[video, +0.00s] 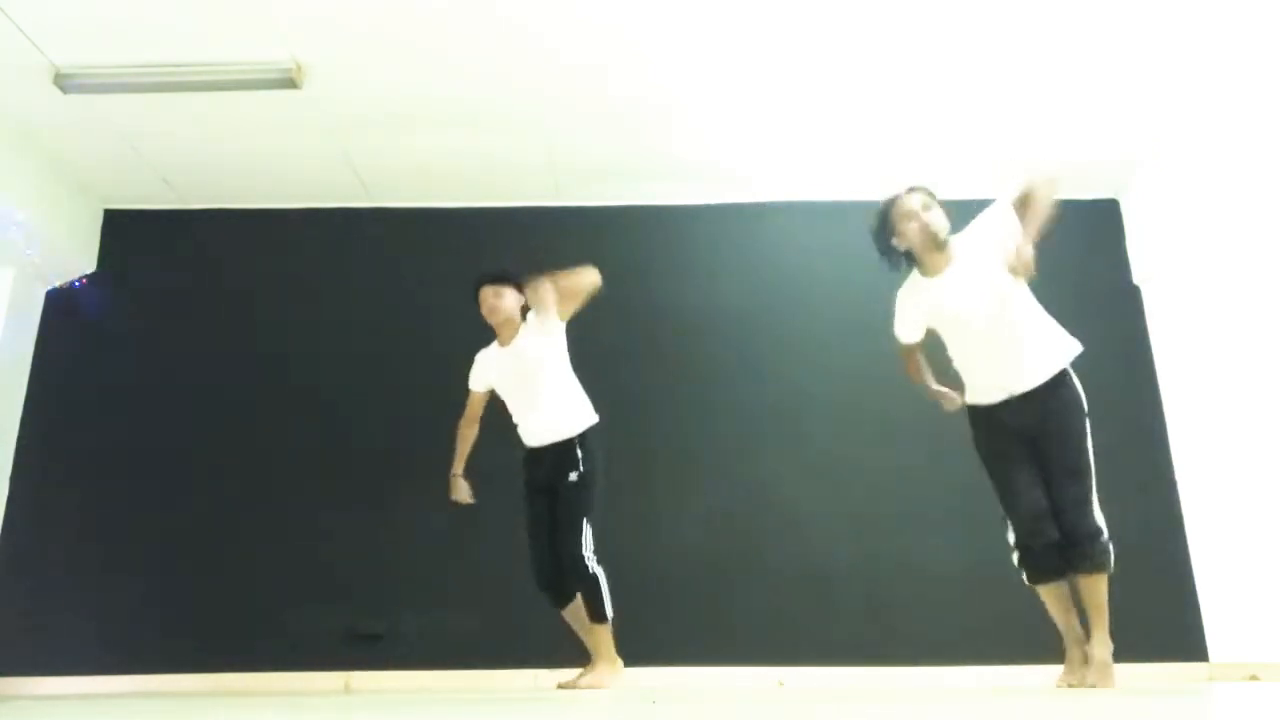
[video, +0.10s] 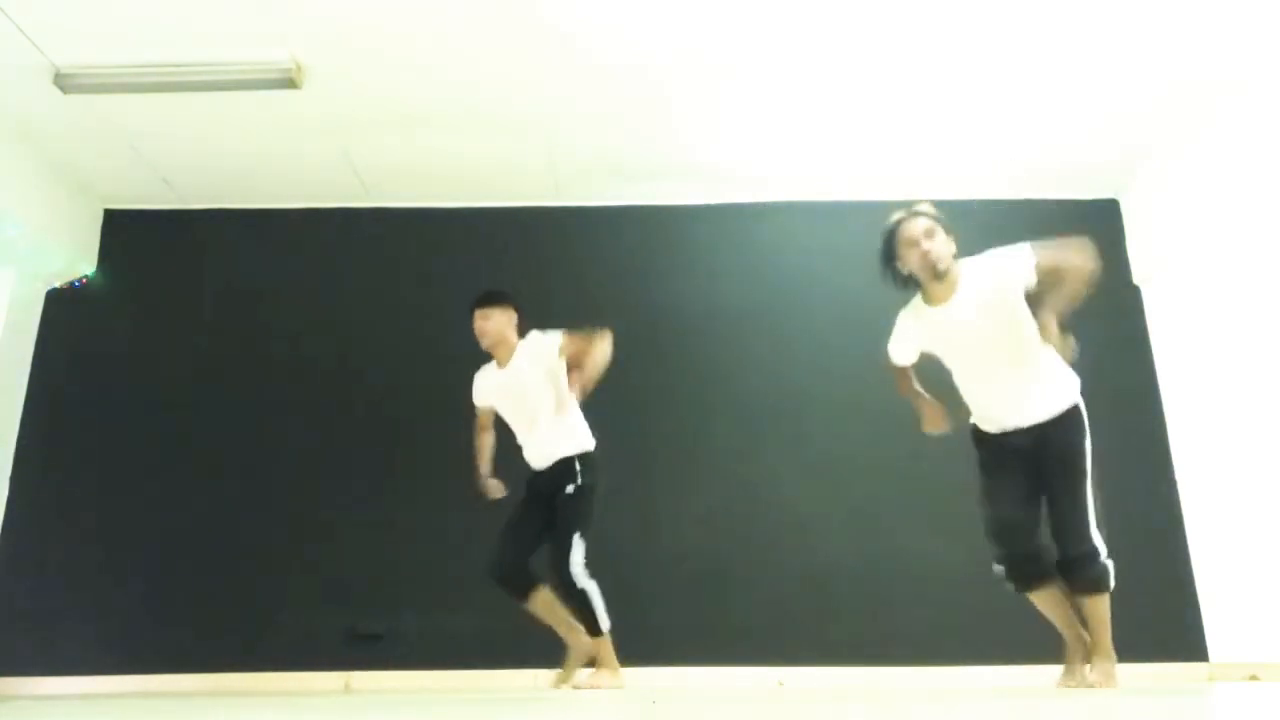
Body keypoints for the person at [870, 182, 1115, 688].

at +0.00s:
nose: (925, 215)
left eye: (927, 205)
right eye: (910, 215)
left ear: (944, 211)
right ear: (899, 242)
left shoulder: (988, 230)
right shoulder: (912, 298)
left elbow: (1045, 186)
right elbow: (910, 353)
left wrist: (1027, 239)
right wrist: (935, 388)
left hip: (1053, 389)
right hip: (993, 412)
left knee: (1078, 521)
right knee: (1032, 530)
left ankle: (1101, 645)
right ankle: (1074, 646)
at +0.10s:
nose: (929, 246)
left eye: (932, 234)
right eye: (914, 244)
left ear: (950, 238)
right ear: (904, 266)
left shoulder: (995, 270)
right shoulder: (912, 323)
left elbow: (1081, 257)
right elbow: (899, 367)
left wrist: (1049, 314)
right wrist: (925, 403)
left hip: (1058, 415)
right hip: (997, 432)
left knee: (1076, 541)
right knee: (1014, 548)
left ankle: (1103, 653)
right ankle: (1075, 641)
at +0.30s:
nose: (918, 246)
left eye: (925, 234)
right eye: (906, 242)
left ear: (949, 243)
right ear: (899, 262)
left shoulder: (983, 290)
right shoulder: (902, 320)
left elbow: (982, 377)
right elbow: (926, 408)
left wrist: (913, 363)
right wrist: (907, 379)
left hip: (1030, 438)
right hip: (968, 445)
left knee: (1063, 559)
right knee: (924, 530)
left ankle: (1102, 660)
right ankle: (936, 648)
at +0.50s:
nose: (893, 212)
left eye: (905, 207)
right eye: (885, 208)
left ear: (927, 227)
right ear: (874, 228)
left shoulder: (943, 273)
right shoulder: (856, 291)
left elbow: (961, 309)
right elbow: (803, 342)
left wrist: (965, 272)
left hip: (933, 421)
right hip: (861, 425)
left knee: (1003, 531)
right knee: (810, 522)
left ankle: (1046, 633)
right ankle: (794, 660)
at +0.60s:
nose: (882, 221)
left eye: (895, 217)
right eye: (873, 218)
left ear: (915, 241)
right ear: (861, 240)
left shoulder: (923, 288)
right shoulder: (835, 298)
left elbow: (966, 321)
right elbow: (780, 352)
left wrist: (1018, 294)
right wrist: (713, 352)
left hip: (881, 416)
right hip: (815, 415)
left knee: (925, 527)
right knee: (760, 519)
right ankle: (784, 662)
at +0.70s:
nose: (867, 225)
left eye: (882, 222)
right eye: (861, 223)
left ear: (901, 248)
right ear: (851, 244)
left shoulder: (909, 292)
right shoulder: (820, 302)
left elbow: (954, 336)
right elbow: (768, 362)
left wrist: (1025, 328)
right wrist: (707, 368)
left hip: (842, 409)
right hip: (785, 407)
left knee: (838, 494)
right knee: (741, 530)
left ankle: (802, 538)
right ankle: (782, 664)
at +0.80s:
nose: (855, 223)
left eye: (869, 219)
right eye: (851, 219)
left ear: (891, 241)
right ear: (843, 239)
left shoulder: (897, 282)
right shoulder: (816, 300)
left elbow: (935, 327)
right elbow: (762, 361)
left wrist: (1001, 325)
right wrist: (703, 366)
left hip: (826, 394)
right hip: (776, 397)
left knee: (773, 454)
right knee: (732, 521)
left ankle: (780, 522)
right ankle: (782, 664)